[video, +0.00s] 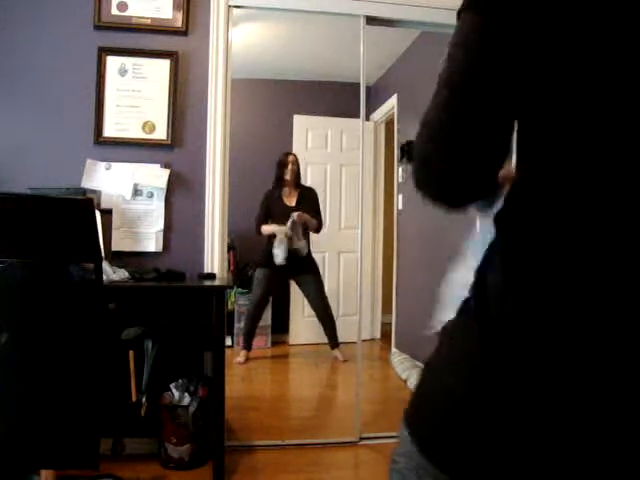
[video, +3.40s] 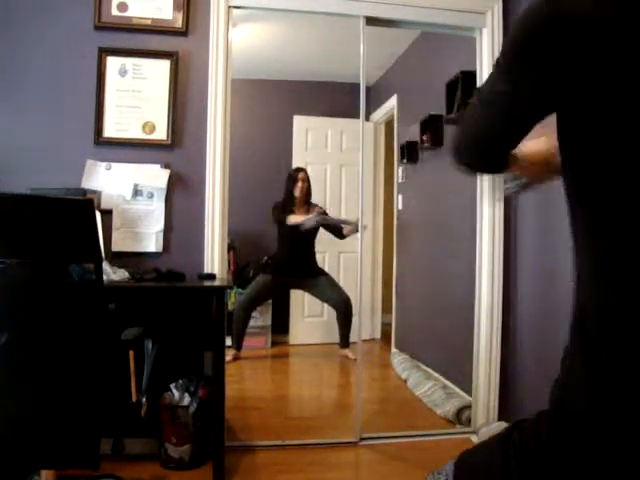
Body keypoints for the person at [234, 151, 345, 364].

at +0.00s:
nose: (291, 167)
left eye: (294, 164)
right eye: (288, 164)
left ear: (299, 168)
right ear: (281, 168)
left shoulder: (308, 194)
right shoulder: (272, 195)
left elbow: (317, 227)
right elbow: (261, 227)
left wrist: (304, 219)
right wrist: (276, 229)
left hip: (300, 255)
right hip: (273, 256)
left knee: (320, 302)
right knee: (257, 301)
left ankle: (335, 346)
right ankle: (245, 348)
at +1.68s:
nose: (301, 178)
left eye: (305, 175)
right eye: (297, 175)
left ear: (310, 179)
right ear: (291, 179)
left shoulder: (318, 206)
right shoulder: (281, 204)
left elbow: (333, 236)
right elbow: (263, 232)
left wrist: (321, 243)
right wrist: (279, 240)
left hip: (309, 266)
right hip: (282, 265)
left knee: (341, 302)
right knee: (247, 301)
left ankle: (342, 347)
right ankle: (239, 349)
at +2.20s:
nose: (302, 183)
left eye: (305, 180)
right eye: (298, 180)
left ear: (310, 184)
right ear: (291, 183)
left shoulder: (316, 211)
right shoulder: (278, 209)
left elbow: (331, 242)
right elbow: (261, 238)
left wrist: (338, 224)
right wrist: (258, 215)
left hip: (307, 272)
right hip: (277, 272)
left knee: (341, 302)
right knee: (244, 302)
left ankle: (341, 347)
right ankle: (239, 350)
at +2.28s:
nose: (301, 183)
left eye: (304, 179)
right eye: (297, 179)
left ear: (309, 183)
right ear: (289, 183)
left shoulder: (316, 209)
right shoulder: (277, 208)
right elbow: (258, 237)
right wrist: (261, 218)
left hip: (308, 271)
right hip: (276, 271)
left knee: (342, 302)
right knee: (242, 303)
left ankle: (342, 346)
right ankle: (238, 350)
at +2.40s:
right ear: (276, 207)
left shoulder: (312, 218)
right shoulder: (272, 221)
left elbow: (317, 247)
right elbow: (267, 249)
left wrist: (328, 235)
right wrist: (259, 231)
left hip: (306, 274)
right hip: (273, 275)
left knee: (343, 303)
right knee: (241, 305)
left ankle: (343, 347)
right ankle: (237, 350)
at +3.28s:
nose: (301, 187)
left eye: (304, 183)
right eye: (297, 183)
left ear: (308, 186)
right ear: (289, 186)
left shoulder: (316, 212)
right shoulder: (280, 210)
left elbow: (334, 234)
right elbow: (270, 226)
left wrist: (341, 234)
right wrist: (285, 228)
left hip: (309, 272)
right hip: (279, 272)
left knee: (344, 303)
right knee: (244, 304)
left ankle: (345, 347)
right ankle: (235, 350)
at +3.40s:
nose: (301, 185)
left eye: (304, 181)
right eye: (297, 181)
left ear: (309, 185)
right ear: (290, 184)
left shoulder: (316, 211)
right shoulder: (280, 209)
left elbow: (338, 233)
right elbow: (284, 220)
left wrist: (352, 229)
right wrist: (307, 219)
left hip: (308, 272)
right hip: (279, 271)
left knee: (343, 302)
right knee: (243, 304)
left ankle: (344, 347)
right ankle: (236, 350)